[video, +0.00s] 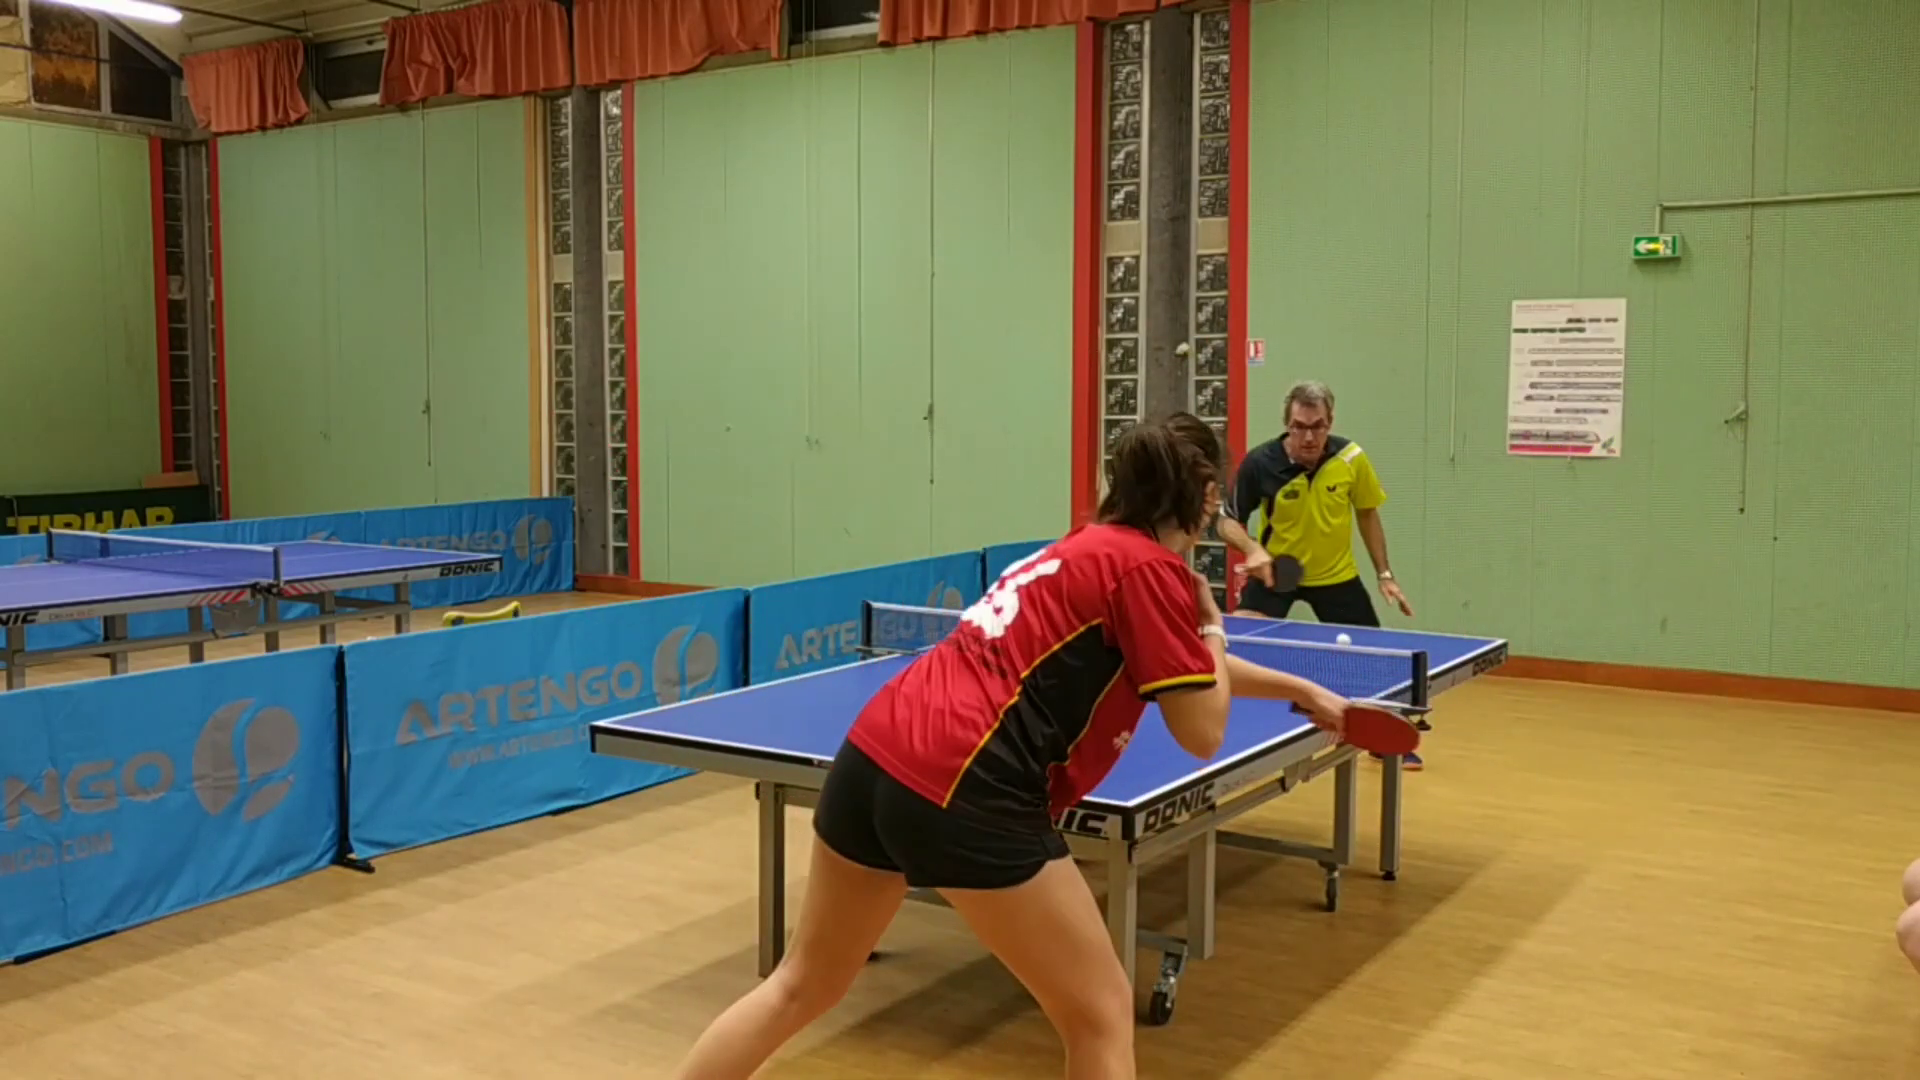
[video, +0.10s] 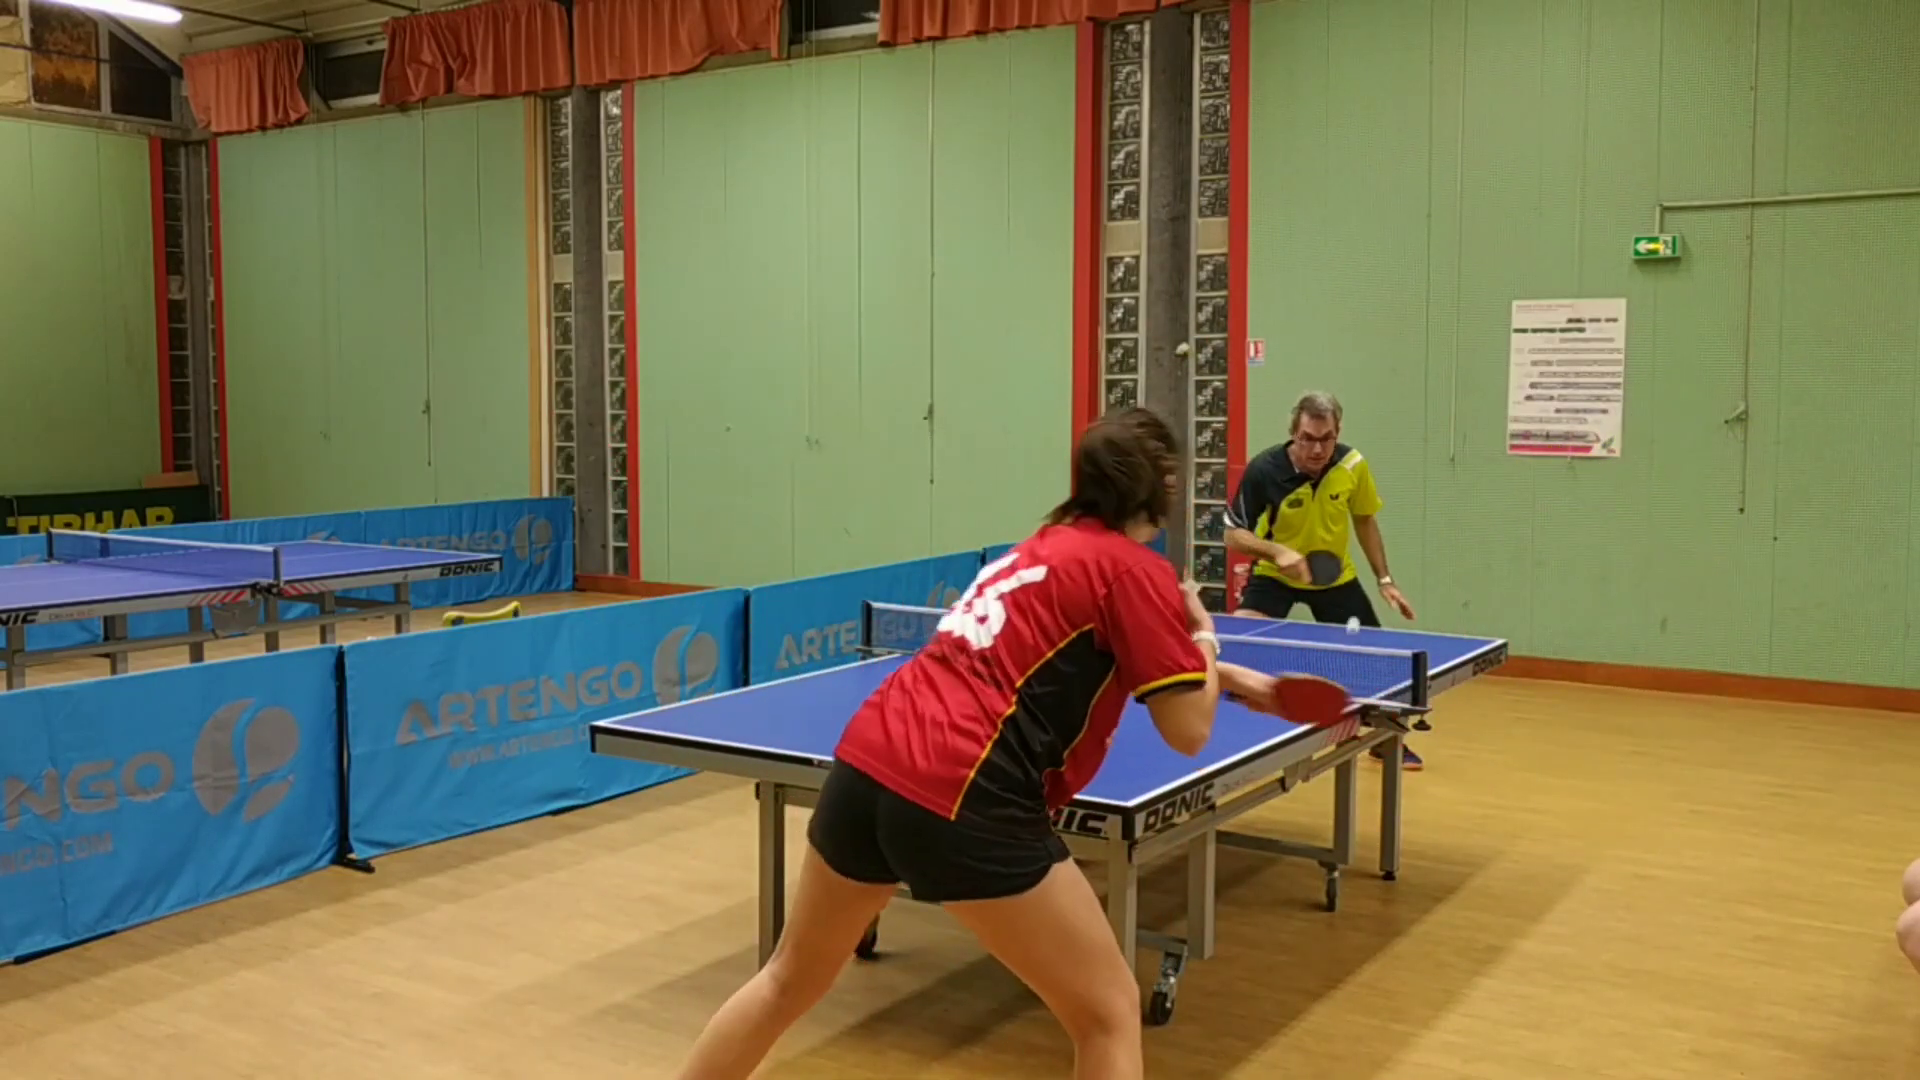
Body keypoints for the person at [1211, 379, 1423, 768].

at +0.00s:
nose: (1308, 437)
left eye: (1316, 427)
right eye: (1299, 427)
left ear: (1330, 424)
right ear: (1286, 423)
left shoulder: (1350, 458)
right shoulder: (1261, 463)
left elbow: (1368, 515)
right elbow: (1228, 520)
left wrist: (1385, 576)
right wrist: (1252, 550)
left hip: (1336, 578)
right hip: (1274, 578)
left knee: (1374, 651)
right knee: (1235, 645)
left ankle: (1389, 736)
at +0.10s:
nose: (1316, 449)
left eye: (1324, 440)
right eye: (1307, 439)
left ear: (1337, 435)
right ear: (1293, 432)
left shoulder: (1352, 465)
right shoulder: (1265, 469)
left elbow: (1365, 521)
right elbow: (1233, 535)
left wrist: (1385, 580)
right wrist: (1275, 550)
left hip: (1334, 580)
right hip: (1274, 580)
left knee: (1376, 652)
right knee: (1237, 646)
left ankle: (1386, 737)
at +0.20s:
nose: (1324, 466)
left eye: (1333, 456)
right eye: (1316, 456)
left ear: (1343, 450)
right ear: (1299, 448)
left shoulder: (1351, 476)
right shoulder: (1269, 482)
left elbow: (1359, 532)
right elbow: (1248, 557)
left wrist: (1380, 587)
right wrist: (1306, 555)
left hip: (1328, 584)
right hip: (1269, 583)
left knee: (1377, 653)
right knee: (1240, 650)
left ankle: (1386, 737)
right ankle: (1225, 743)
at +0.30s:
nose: (1331, 479)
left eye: (1339, 470)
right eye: (1321, 469)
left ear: (1347, 464)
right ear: (1303, 461)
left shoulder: (1349, 486)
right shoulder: (1275, 491)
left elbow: (1351, 538)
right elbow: (1260, 568)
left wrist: (1372, 593)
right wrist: (1316, 566)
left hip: (1321, 587)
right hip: (1267, 586)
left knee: (1374, 650)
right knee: (1242, 648)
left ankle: (1385, 737)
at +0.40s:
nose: (1328, 481)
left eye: (1337, 472)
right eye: (1319, 470)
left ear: (1346, 466)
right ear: (1302, 462)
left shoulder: (1347, 488)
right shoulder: (1277, 491)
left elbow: (1345, 536)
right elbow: (1259, 560)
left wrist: (1365, 592)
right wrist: (1291, 577)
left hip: (1323, 587)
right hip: (1267, 588)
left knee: (1375, 651)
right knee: (1246, 656)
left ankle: (1386, 736)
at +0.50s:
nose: (1321, 474)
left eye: (1330, 465)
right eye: (1313, 463)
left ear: (1343, 461)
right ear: (1299, 456)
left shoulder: (1347, 486)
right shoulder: (1275, 486)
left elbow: (1345, 534)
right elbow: (1242, 548)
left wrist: (1362, 588)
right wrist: (1274, 570)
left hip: (1324, 586)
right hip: (1265, 589)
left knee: (1371, 651)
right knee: (1245, 660)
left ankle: (1385, 736)